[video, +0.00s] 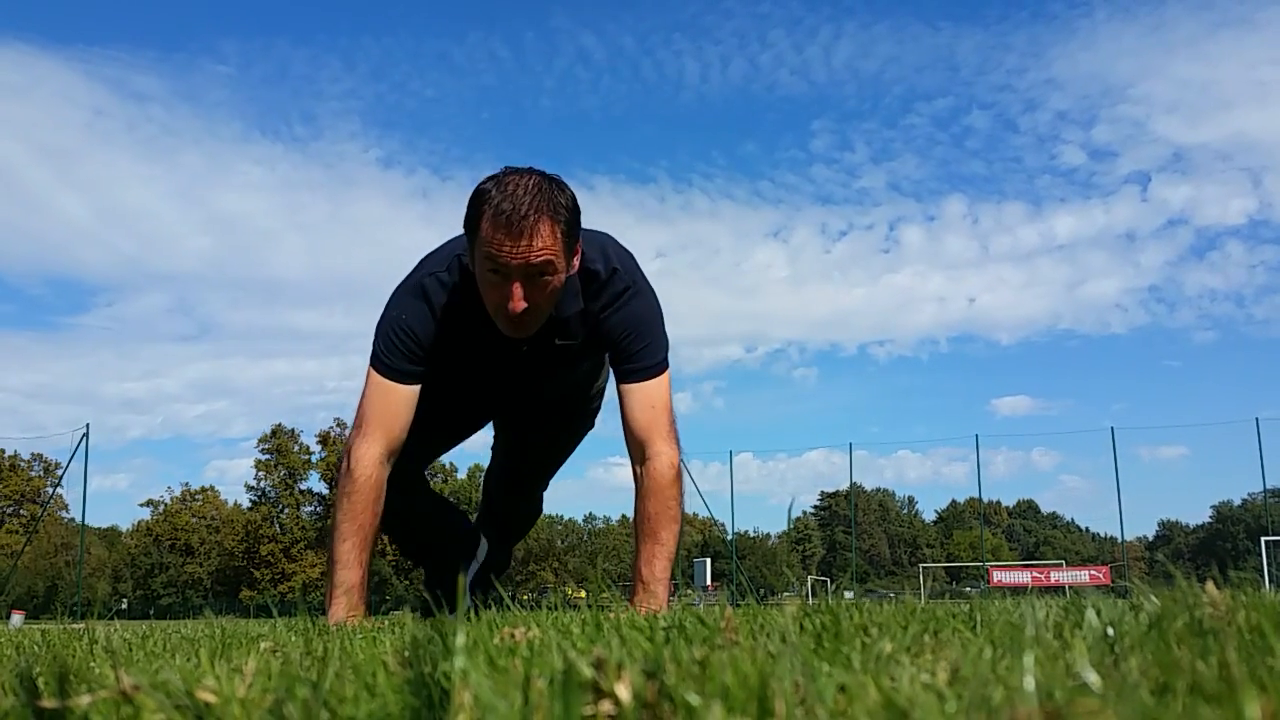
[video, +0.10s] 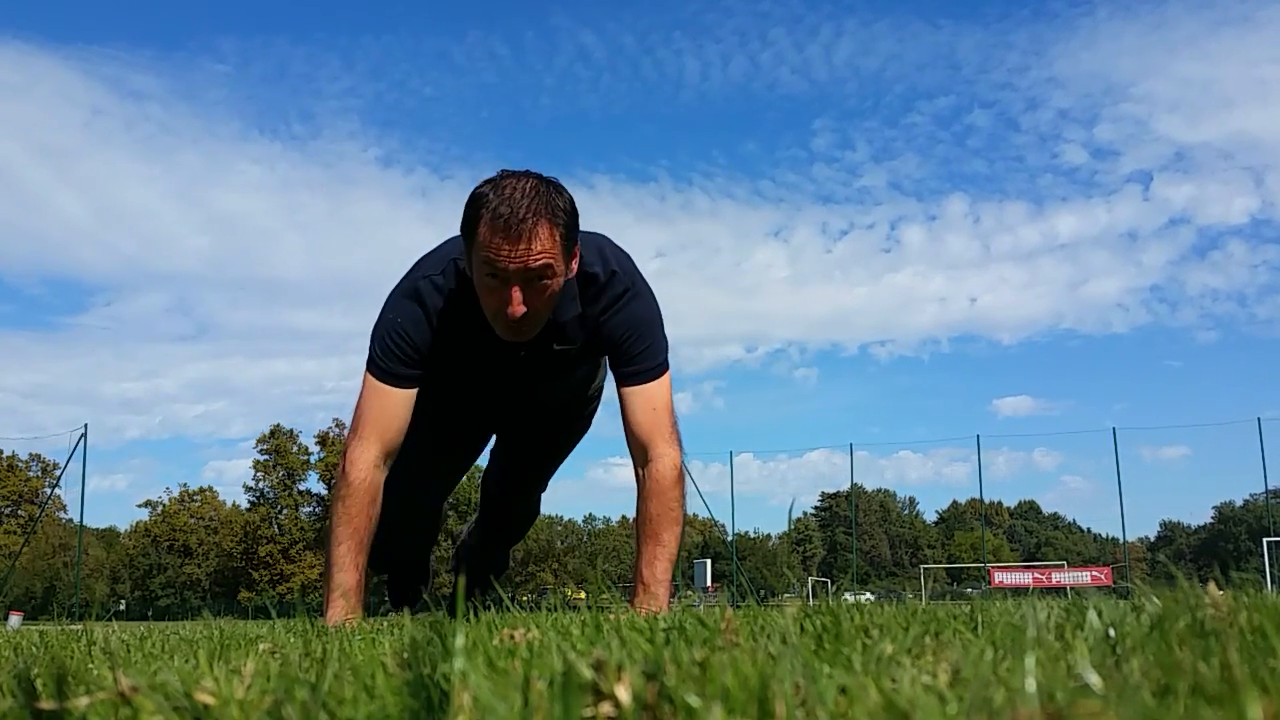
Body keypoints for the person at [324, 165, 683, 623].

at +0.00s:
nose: (516, 300)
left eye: (538, 275)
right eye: (496, 274)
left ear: (572, 260)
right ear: (471, 254)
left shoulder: (618, 289)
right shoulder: (423, 300)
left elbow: (656, 453)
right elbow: (368, 453)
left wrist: (649, 610)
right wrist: (344, 616)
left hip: (559, 382)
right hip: (465, 375)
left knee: (514, 494)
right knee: (381, 474)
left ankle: (476, 586)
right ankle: (457, 560)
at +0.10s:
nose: (515, 303)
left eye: (536, 279)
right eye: (495, 278)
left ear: (570, 262)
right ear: (468, 257)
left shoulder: (615, 290)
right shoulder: (421, 300)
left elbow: (658, 455)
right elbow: (365, 454)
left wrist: (649, 613)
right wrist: (341, 620)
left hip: (556, 393)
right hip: (456, 385)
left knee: (512, 501)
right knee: (410, 495)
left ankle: (475, 587)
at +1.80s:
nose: (525, 355)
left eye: (544, 332)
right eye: (507, 333)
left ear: (565, 310)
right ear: (472, 310)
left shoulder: (597, 328)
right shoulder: (426, 324)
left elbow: (630, 471)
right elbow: (361, 467)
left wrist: (631, 613)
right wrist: (351, 622)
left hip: (545, 400)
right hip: (451, 402)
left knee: (552, 556)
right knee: (434, 544)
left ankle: (518, 552)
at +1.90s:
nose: (517, 341)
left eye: (536, 318)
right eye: (497, 318)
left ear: (558, 297)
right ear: (464, 296)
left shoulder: (593, 322)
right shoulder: (418, 315)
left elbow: (624, 467)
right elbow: (368, 463)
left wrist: (630, 613)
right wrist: (349, 620)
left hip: (536, 395)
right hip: (444, 395)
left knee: (548, 549)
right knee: (427, 549)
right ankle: (425, 648)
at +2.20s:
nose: (483, 333)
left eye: (502, 307)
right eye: (461, 309)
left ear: (532, 277)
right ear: (430, 285)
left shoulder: (584, 302)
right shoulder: (389, 305)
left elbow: (593, 456)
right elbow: (351, 458)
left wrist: (574, 604)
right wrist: (345, 614)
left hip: (532, 389)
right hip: (439, 390)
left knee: (536, 533)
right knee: (423, 521)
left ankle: (541, 604)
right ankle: (403, 598)